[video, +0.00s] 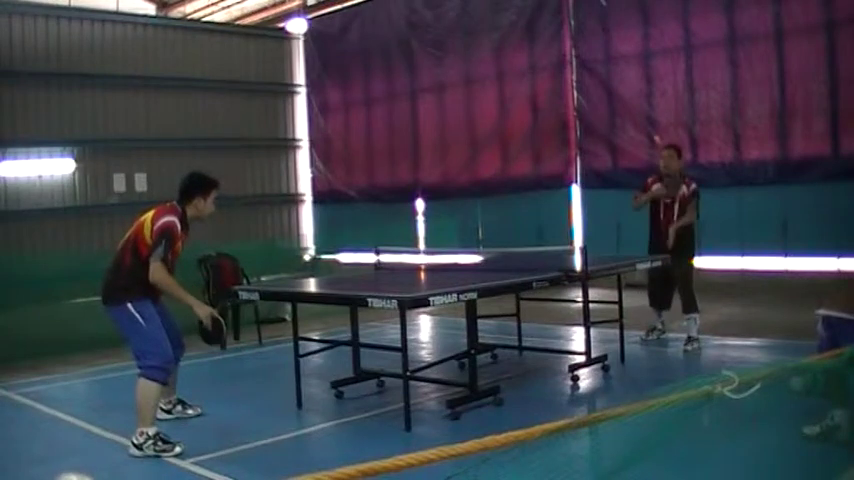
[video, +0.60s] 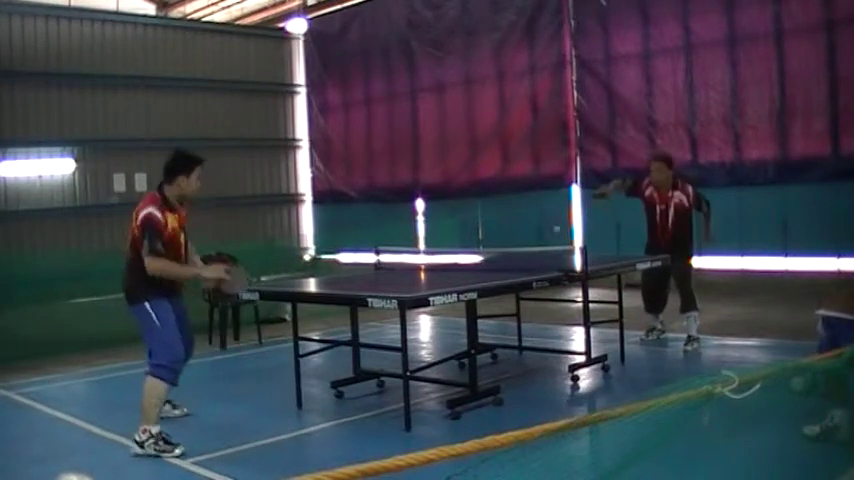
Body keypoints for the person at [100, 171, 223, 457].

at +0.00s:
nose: (214, 207)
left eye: (214, 200)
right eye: (212, 200)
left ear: (193, 198)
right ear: (197, 200)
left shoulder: (174, 217)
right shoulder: (169, 223)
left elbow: (154, 270)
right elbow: (157, 274)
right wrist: (196, 305)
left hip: (144, 293)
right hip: (125, 295)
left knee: (173, 346)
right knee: (156, 358)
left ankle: (167, 403)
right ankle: (144, 435)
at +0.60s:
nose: (199, 184)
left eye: (198, 178)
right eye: (195, 178)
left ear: (178, 179)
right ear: (179, 179)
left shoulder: (176, 209)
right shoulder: (151, 213)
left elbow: (183, 246)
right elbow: (152, 264)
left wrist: (204, 266)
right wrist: (199, 272)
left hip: (168, 290)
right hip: (147, 293)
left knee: (184, 346)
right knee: (168, 353)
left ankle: (159, 401)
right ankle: (147, 432)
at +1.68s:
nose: (219, 174)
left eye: (219, 169)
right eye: (214, 168)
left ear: (192, 172)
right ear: (196, 170)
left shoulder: (174, 196)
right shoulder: (194, 197)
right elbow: (249, 193)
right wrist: (263, 158)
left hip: (179, 289)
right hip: (190, 291)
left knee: (205, 347)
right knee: (225, 353)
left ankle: (196, 407)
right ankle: (211, 431)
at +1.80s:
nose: (210, 161)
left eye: (211, 155)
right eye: (204, 156)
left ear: (190, 160)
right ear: (185, 159)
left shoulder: (182, 182)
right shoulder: (184, 184)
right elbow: (227, 201)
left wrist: (221, 231)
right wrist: (252, 172)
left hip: (186, 276)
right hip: (175, 278)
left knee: (200, 344)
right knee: (197, 346)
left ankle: (197, 412)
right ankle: (196, 427)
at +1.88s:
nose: (202, 156)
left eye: (204, 150)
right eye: (195, 150)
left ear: (203, 152)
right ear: (177, 154)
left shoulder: (187, 182)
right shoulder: (173, 181)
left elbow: (188, 226)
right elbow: (203, 212)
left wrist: (220, 231)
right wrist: (239, 181)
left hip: (188, 275)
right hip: (168, 278)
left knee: (200, 340)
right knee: (185, 344)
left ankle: (194, 406)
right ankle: (178, 425)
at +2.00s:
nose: (186, 152)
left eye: (189, 146)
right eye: (177, 148)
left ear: (193, 149)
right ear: (164, 153)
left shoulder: (189, 184)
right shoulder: (159, 185)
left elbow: (189, 227)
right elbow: (166, 227)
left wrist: (219, 230)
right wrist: (209, 206)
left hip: (188, 278)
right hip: (161, 281)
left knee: (193, 344)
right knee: (167, 349)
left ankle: (194, 407)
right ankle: (165, 420)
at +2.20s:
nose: (149, 153)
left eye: (155, 145)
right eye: (142, 147)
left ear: (168, 147)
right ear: (135, 153)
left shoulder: (185, 186)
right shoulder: (126, 188)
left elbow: (197, 229)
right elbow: (113, 232)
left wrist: (191, 240)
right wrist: (158, 234)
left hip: (184, 287)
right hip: (143, 290)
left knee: (192, 350)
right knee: (153, 358)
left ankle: (194, 410)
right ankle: (161, 423)